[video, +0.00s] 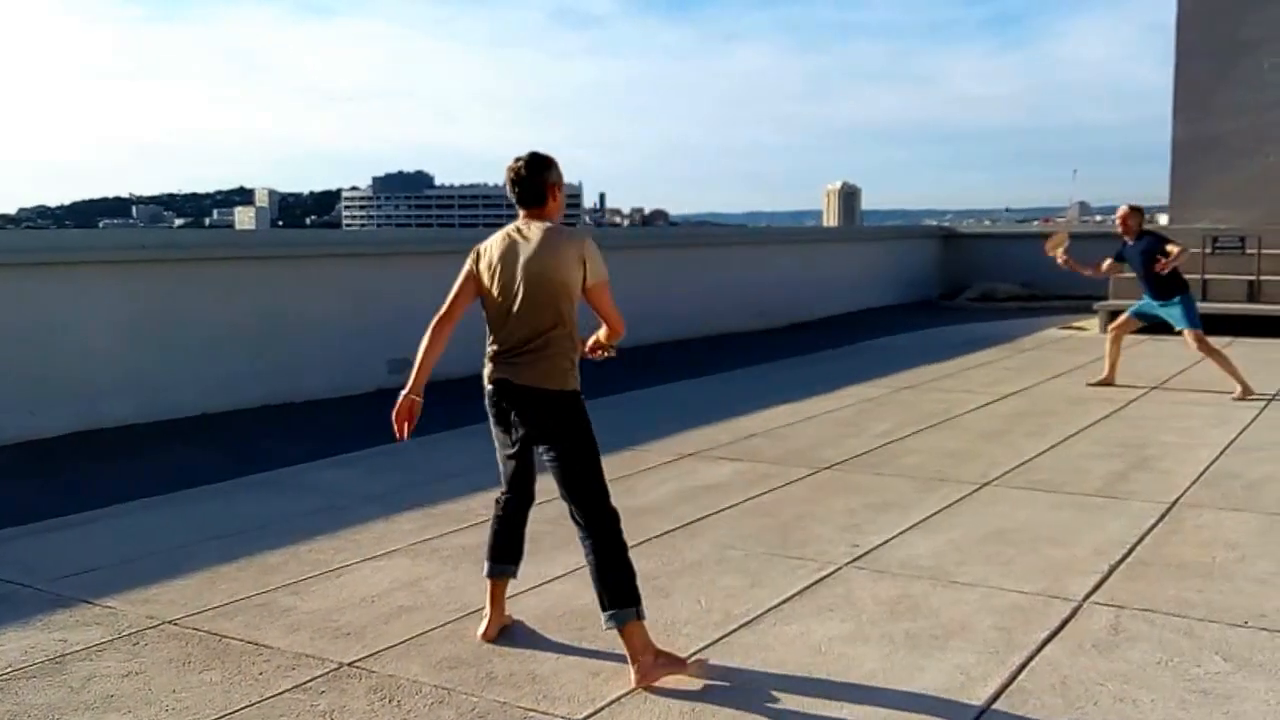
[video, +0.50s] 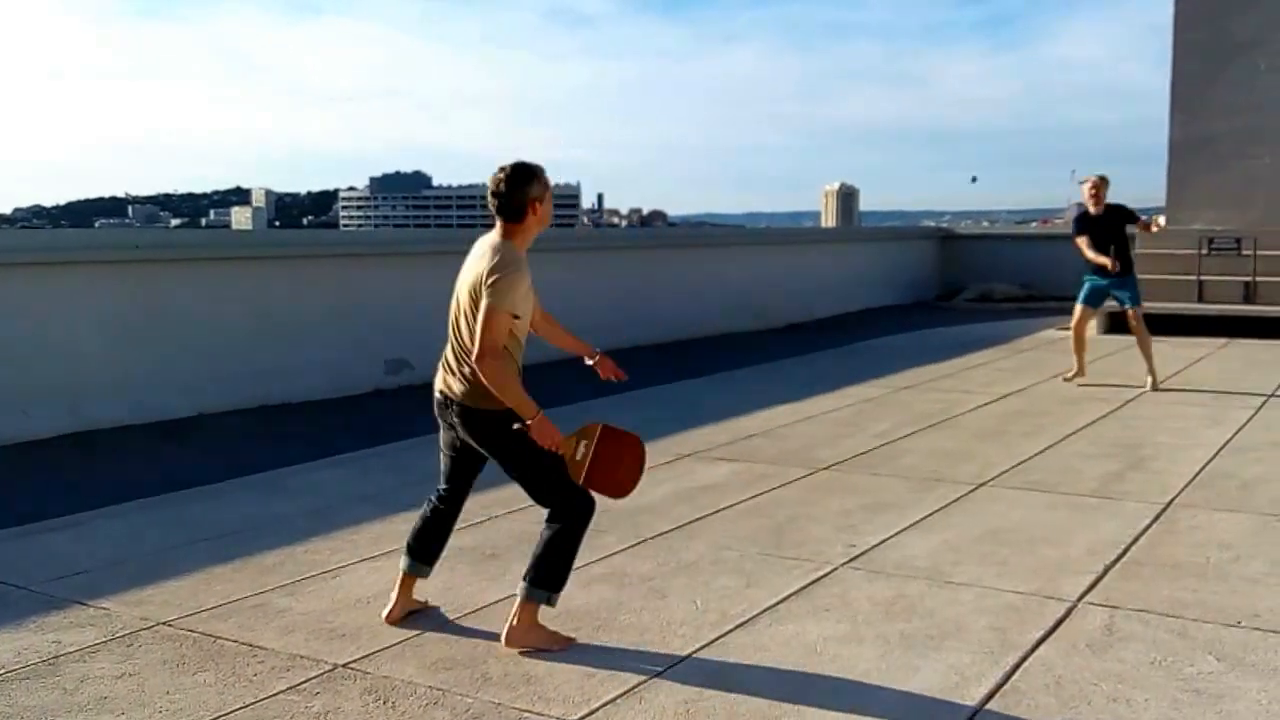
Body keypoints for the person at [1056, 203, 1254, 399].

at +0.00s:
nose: (1120, 225)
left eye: (1125, 220)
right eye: (1118, 221)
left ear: (1138, 221)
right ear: (1118, 224)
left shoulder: (1152, 239)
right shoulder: (1124, 249)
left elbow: (1180, 250)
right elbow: (1101, 271)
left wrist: (1171, 261)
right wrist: (1072, 265)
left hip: (1177, 300)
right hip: (1151, 302)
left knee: (1198, 344)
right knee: (1115, 330)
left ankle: (1243, 385)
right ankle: (1109, 377)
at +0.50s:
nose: (1094, 195)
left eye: (1098, 190)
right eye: (1090, 190)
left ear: (1105, 193)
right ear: (1084, 194)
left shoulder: (1118, 211)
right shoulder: (1081, 220)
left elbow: (1143, 225)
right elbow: (1086, 250)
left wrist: (1153, 225)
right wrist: (1105, 260)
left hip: (1123, 276)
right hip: (1096, 276)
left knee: (1136, 322)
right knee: (1077, 323)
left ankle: (1151, 372)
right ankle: (1079, 367)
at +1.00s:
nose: (1111, 187)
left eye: (1115, 183)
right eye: (1108, 183)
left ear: (1122, 186)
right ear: (1102, 185)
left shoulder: (1135, 210)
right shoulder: (1095, 212)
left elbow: (1148, 241)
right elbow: (1077, 244)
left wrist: (1152, 271)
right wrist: (1073, 271)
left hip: (1130, 275)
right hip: (1102, 274)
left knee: (1142, 323)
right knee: (1087, 322)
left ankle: (1155, 374)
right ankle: (1078, 367)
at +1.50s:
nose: (1117, 225)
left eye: (1121, 220)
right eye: (1115, 221)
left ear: (1134, 221)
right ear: (1113, 223)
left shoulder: (1149, 239)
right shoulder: (1121, 248)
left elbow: (1175, 259)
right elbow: (1113, 277)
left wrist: (1179, 283)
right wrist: (1084, 293)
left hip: (1165, 300)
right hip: (1141, 300)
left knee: (1167, 342)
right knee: (1110, 334)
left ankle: (1200, 384)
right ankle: (1114, 378)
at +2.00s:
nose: (1140, 185)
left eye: (1145, 182)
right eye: (1138, 180)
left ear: (1152, 185)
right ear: (1133, 183)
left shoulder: (1162, 207)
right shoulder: (1124, 208)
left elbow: (1188, 224)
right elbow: (1120, 223)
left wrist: (1207, 225)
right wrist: (1135, 208)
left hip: (1161, 274)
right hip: (1134, 273)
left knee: (1174, 324)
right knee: (1122, 322)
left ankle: (1187, 374)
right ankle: (1117, 370)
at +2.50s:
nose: (1156, 208)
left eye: (1160, 204)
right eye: (1153, 204)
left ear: (1167, 206)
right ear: (1148, 206)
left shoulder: (1179, 230)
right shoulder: (1141, 231)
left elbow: (1188, 259)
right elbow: (1125, 265)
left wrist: (1186, 287)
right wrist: (1126, 292)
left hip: (1172, 295)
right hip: (1144, 294)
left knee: (1182, 338)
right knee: (1122, 337)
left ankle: (1197, 382)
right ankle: (1123, 378)